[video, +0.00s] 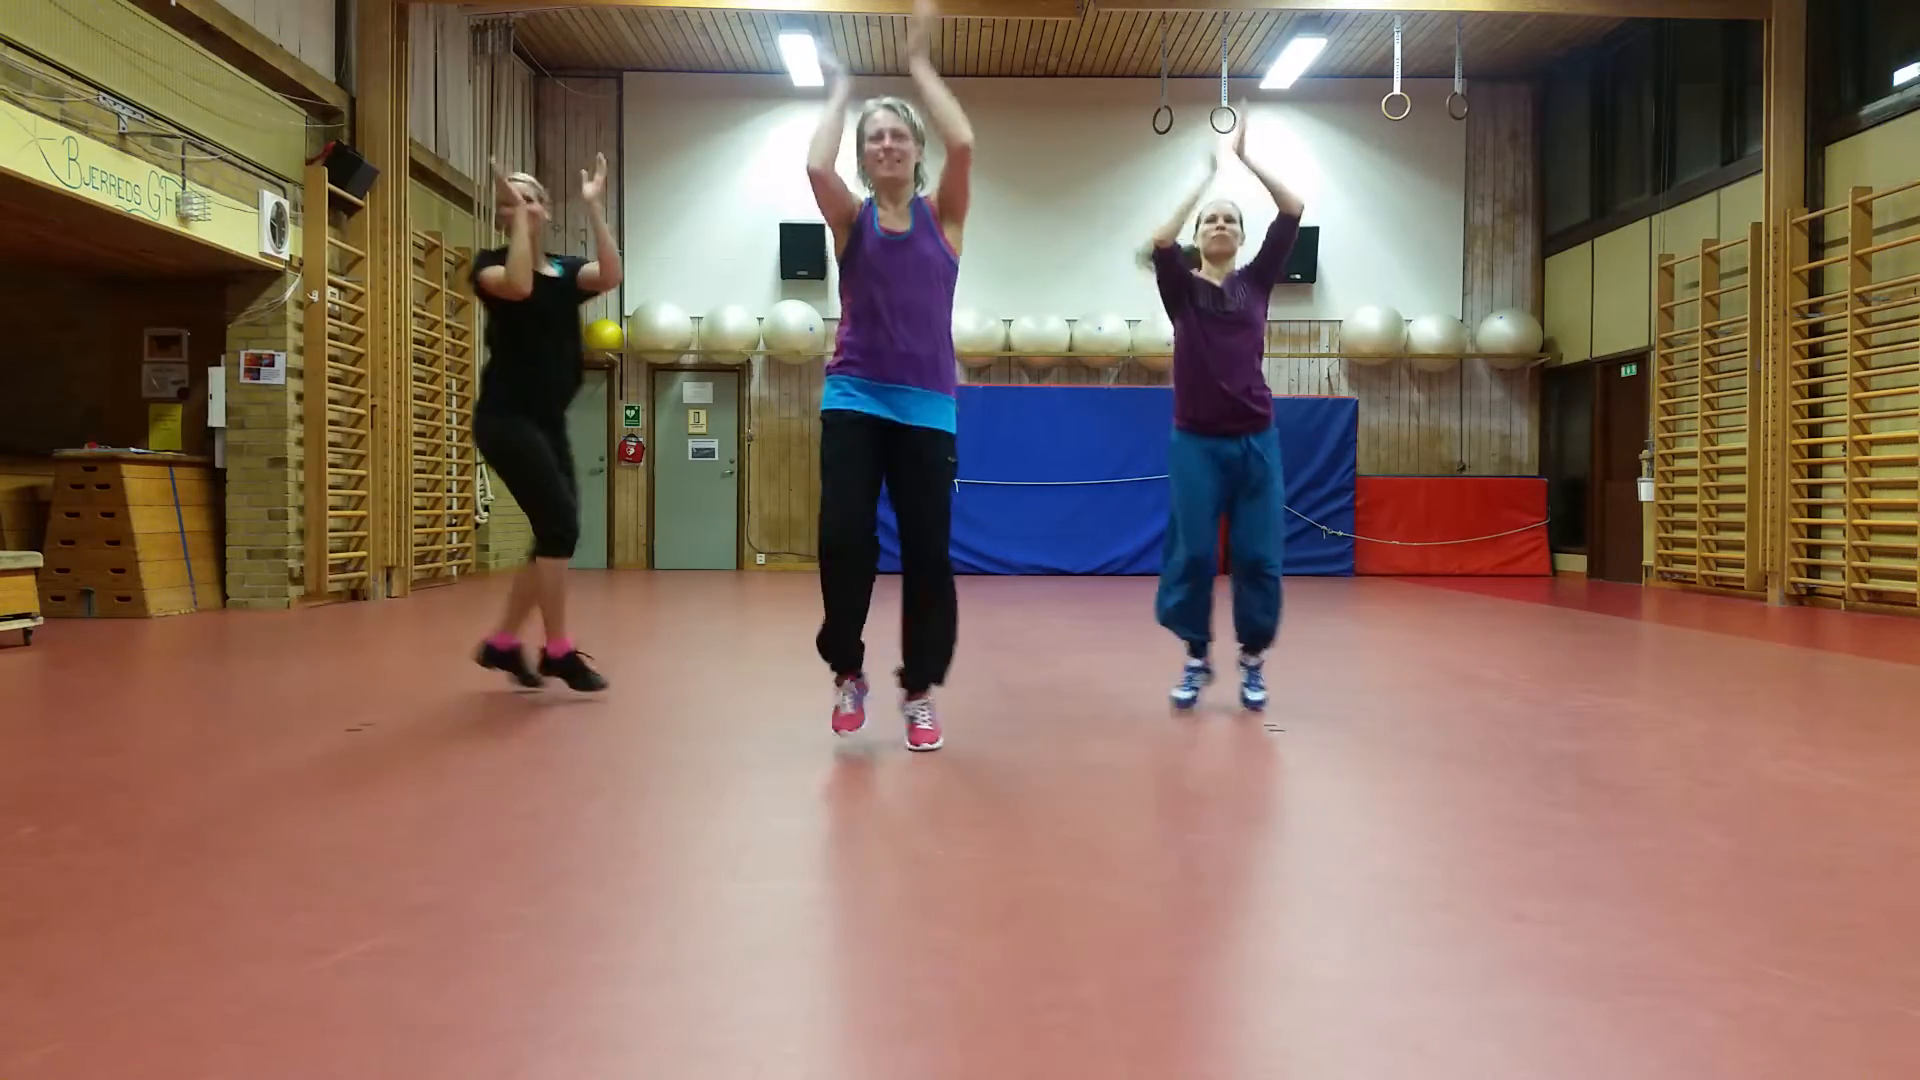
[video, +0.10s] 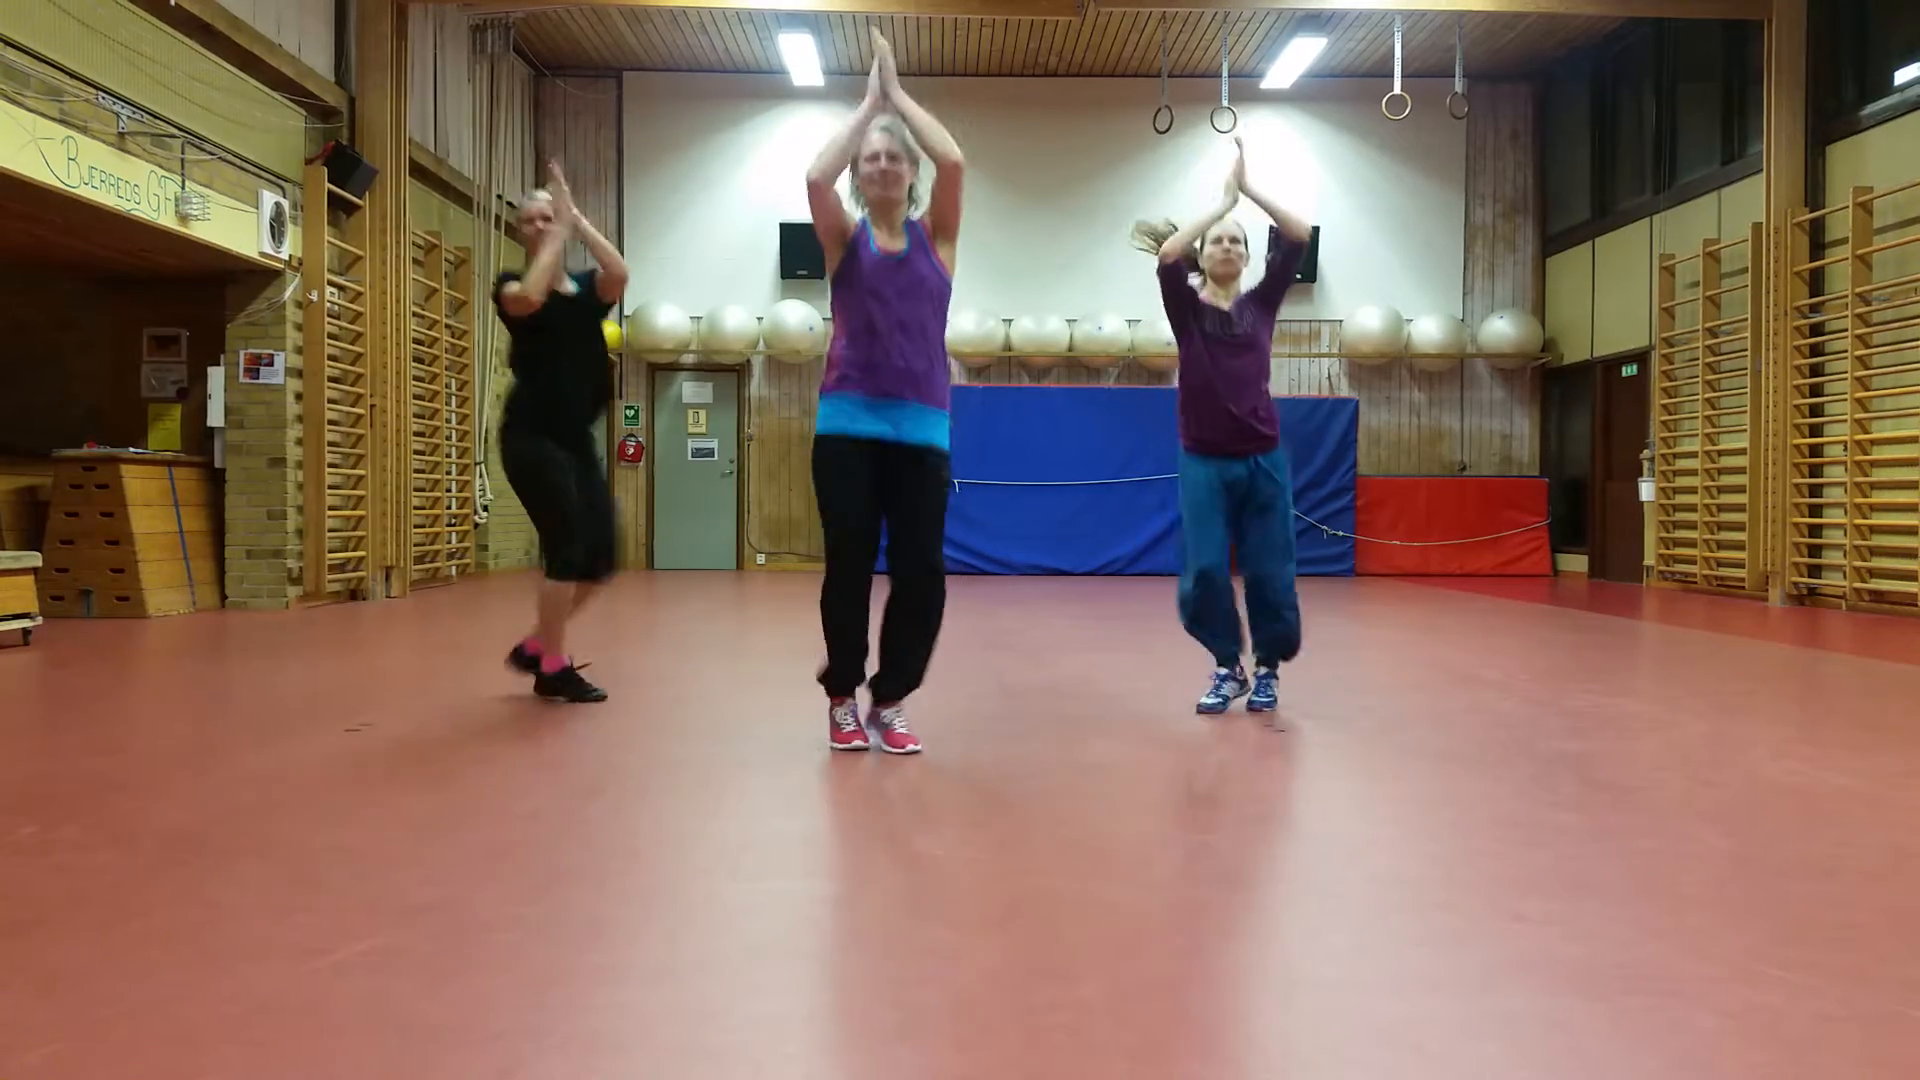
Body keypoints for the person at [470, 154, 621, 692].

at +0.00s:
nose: (530, 207)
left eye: (535, 199)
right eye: (520, 199)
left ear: (547, 211)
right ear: (502, 211)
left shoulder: (563, 269)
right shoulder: (487, 267)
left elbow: (611, 275)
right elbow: (519, 285)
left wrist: (594, 208)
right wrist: (519, 216)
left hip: (548, 417)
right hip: (504, 417)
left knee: (558, 531)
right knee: (557, 527)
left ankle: (503, 640)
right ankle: (558, 650)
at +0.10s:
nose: (544, 226)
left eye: (551, 218)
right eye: (534, 218)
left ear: (563, 228)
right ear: (519, 231)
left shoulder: (585, 287)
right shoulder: (511, 286)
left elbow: (619, 274)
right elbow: (528, 298)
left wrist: (576, 219)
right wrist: (552, 238)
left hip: (576, 434)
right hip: (530, 434)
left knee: (600, 553)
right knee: (564, 541)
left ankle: (535, 645)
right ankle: (553, 666)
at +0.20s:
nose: (564, 237)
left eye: (570, 230)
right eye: (553, 231)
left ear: (581, 243)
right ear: (539, 245)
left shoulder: (605, 298)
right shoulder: (532, 304)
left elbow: (642, 276)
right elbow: (539, 301)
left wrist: (603, 217)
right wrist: (565, 238)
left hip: (602, 454)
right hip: (552, 455)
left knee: (654, 550)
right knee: (584, 561)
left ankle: (589, 625)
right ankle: (553, 674)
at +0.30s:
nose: (581, 217)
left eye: (589, 209)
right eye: (571, 210)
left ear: (605, 222)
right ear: (560, 221)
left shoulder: (627, 280)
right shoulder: (550, 285)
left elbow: (672, 268)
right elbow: (553, 287)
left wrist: (652, 202)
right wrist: (557, 212)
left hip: (629, 434)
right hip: (573, 438)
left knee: (680, 526)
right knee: (591, 546)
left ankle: (655, 636)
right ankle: (558, 661)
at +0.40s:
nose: (604, 214)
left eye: (614, 207)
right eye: (595, 206)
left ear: (627, 219)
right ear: (581, 217)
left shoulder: (645, 273)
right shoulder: (567, 277)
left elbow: (687, 262)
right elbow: (574, 278)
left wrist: (673, 191)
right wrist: (574, 203)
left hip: (656, 422)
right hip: (597, 429)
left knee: (686, 535)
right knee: (612, 543)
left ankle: (711, 646)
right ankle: (598, 653)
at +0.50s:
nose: (623, 236)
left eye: (630, 227)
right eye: (614, 227)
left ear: (645, 240)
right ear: (604, 239)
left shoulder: (668, 297)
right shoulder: (590, 304)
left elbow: (692, 272)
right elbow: (581, 292)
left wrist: (649, 222)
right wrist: (623, 241)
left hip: (678, 444)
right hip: (619, 450)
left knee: (701, 556)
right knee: (622, 568)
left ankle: (728, 658)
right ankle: (655, 662)